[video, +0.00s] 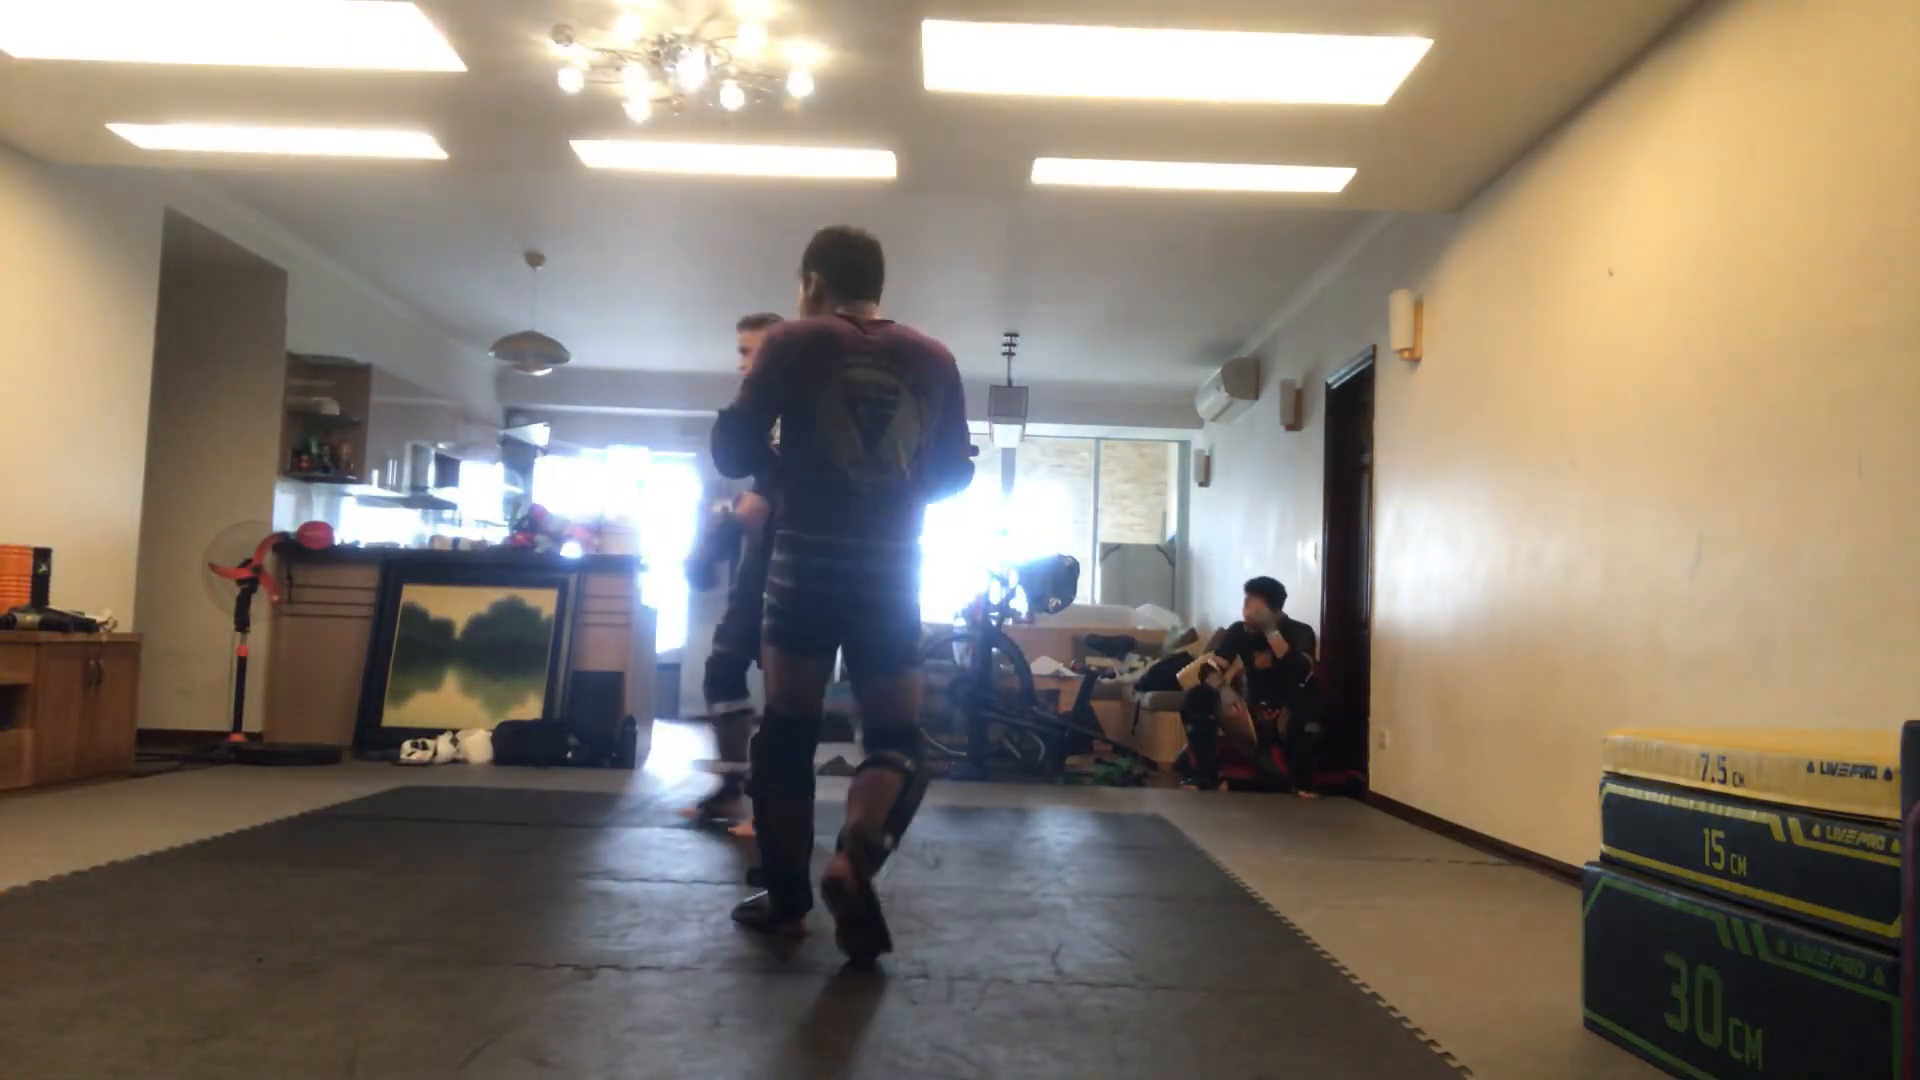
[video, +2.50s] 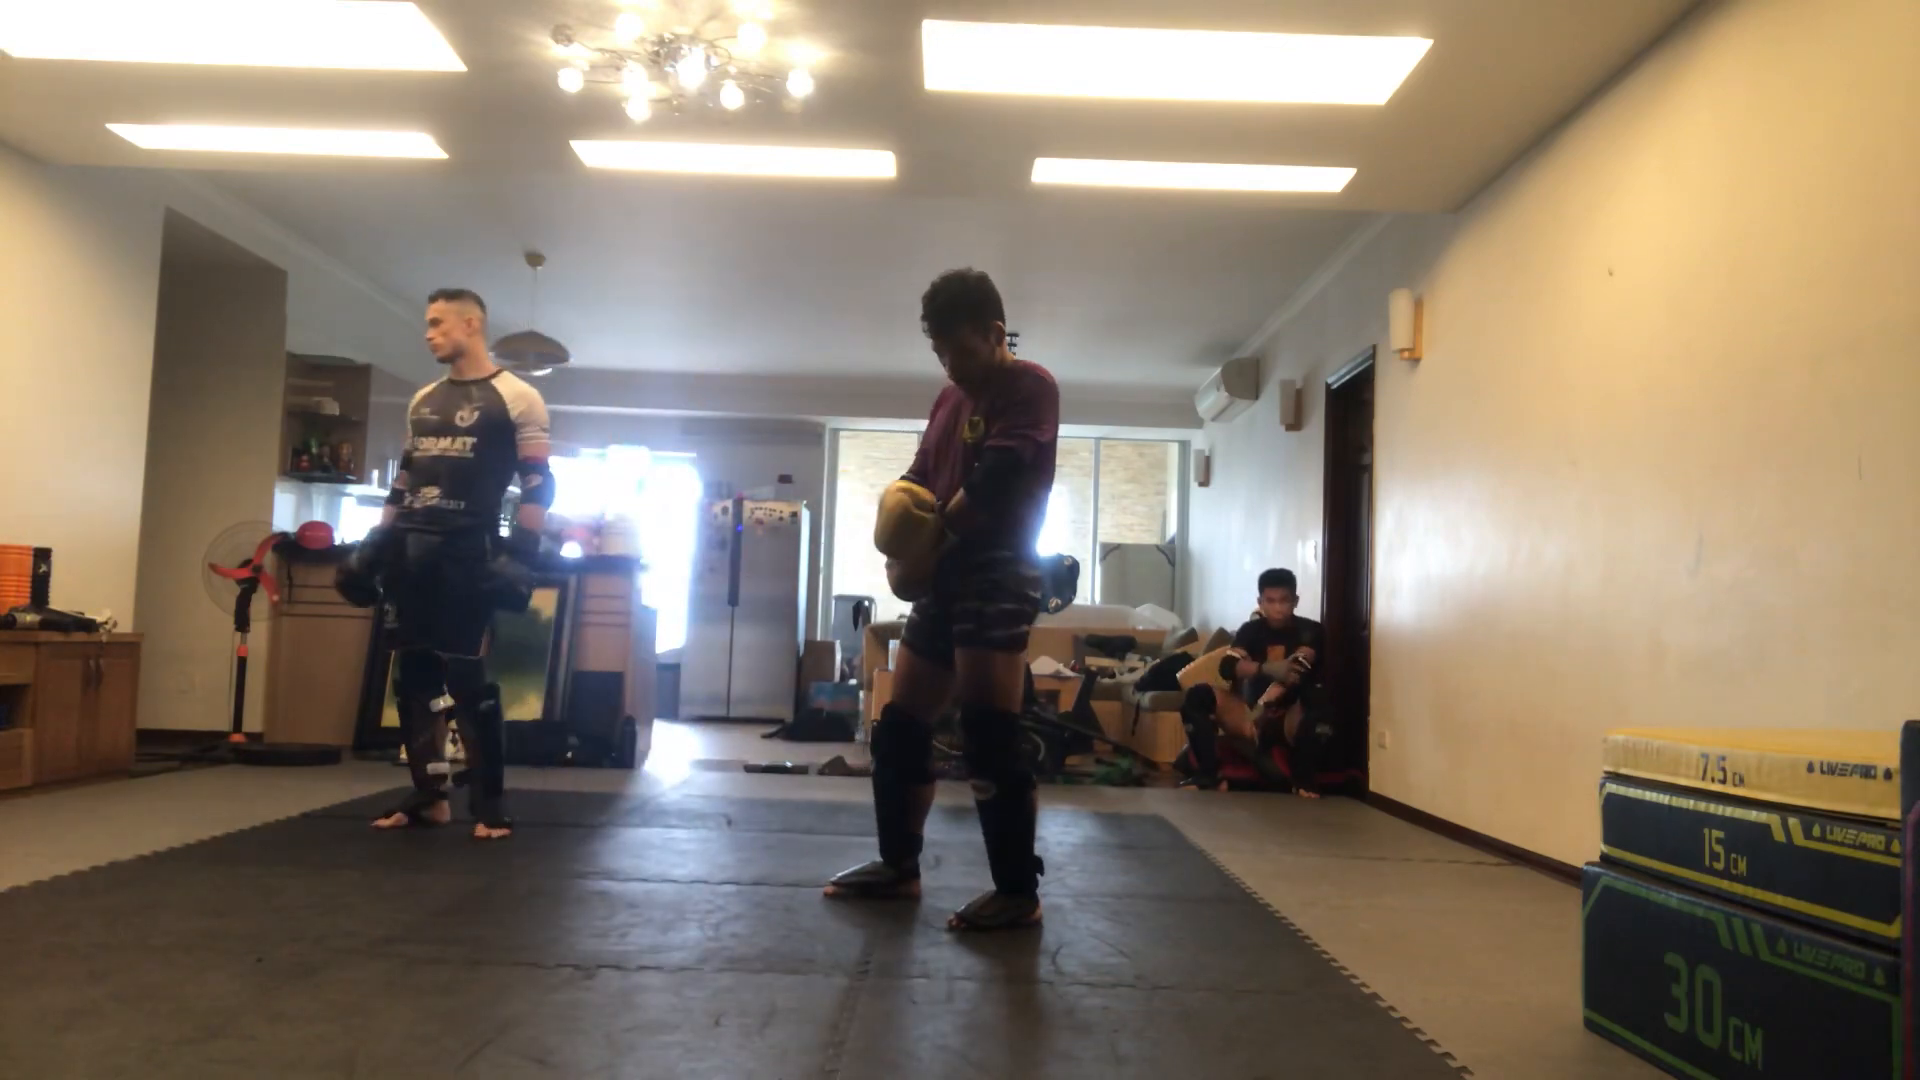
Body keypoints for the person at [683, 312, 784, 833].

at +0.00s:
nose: (744, 362)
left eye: (752, 352)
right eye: (741, 352)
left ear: (781, 353)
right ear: (743, 354)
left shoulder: (800, 412)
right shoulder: (750, 414)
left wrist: (767, 503)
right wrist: (732, 513)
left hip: (794, 568)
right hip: (756, 567)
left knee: (786, 687)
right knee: (723, 670)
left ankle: (776, 805)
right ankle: (734, 782)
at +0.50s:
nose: (658, 359)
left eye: (665, 349)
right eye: (657, 350)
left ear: (695, 349)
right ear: (683, 352)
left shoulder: (719, 402)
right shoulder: (693, 409)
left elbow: (738, 486)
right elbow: (691, 495)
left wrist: (714, 561)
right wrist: (670, 555)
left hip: (704, 563)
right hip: (680, 560)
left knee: (694, 674)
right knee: (673, 676)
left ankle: (766, 777)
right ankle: (669, 793)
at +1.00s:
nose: (589, 356)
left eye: (597, 345)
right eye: (588, 347)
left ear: (631, 345)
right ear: (608, 351)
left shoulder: (661, 402)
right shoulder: (618, 414)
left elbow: (691, 486)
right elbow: (611, 508)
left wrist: (678, 560)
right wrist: (569, 565)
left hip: (639, 561)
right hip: (614, 561)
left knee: (590, 677)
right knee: (641, 674)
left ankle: (542, 799)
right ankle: (666, 796)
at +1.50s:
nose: (523, 333)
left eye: (531, 323)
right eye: (523, 324)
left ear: (566, 326)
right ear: (555, 329)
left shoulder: (584, 391)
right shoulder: (553, 391)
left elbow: (570, 492)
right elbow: (541, 484)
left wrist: (520, 552)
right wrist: (517, 545)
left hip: (559, 556)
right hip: (535, 553)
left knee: (547, 681)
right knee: (484, 662)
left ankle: (526, 813)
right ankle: (554, 759)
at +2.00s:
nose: (463, 329)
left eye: (473, 318)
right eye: (464, 320)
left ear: (508, 321)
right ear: (487, 327)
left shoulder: (539, 389)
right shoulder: (475, 394)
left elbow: (546, 484)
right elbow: (459, 483)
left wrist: (508, 554)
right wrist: (436, 549)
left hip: (499, 551)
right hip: (452, 547)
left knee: (503, 672)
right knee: (434, 667)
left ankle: (525, 804)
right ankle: (432, 796)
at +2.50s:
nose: (428, 334)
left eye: (437, 324)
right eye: (427, 326)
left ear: (473, 325)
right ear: (445, 332)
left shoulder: (517, 396)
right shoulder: (423, 399)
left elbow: (536, 485)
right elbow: (406, 481)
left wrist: (520, 554)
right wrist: (373, 544)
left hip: (468, 553)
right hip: (412, 551)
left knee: (468, 679)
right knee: (414, 677)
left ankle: (488, 807)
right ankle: (430, 799)